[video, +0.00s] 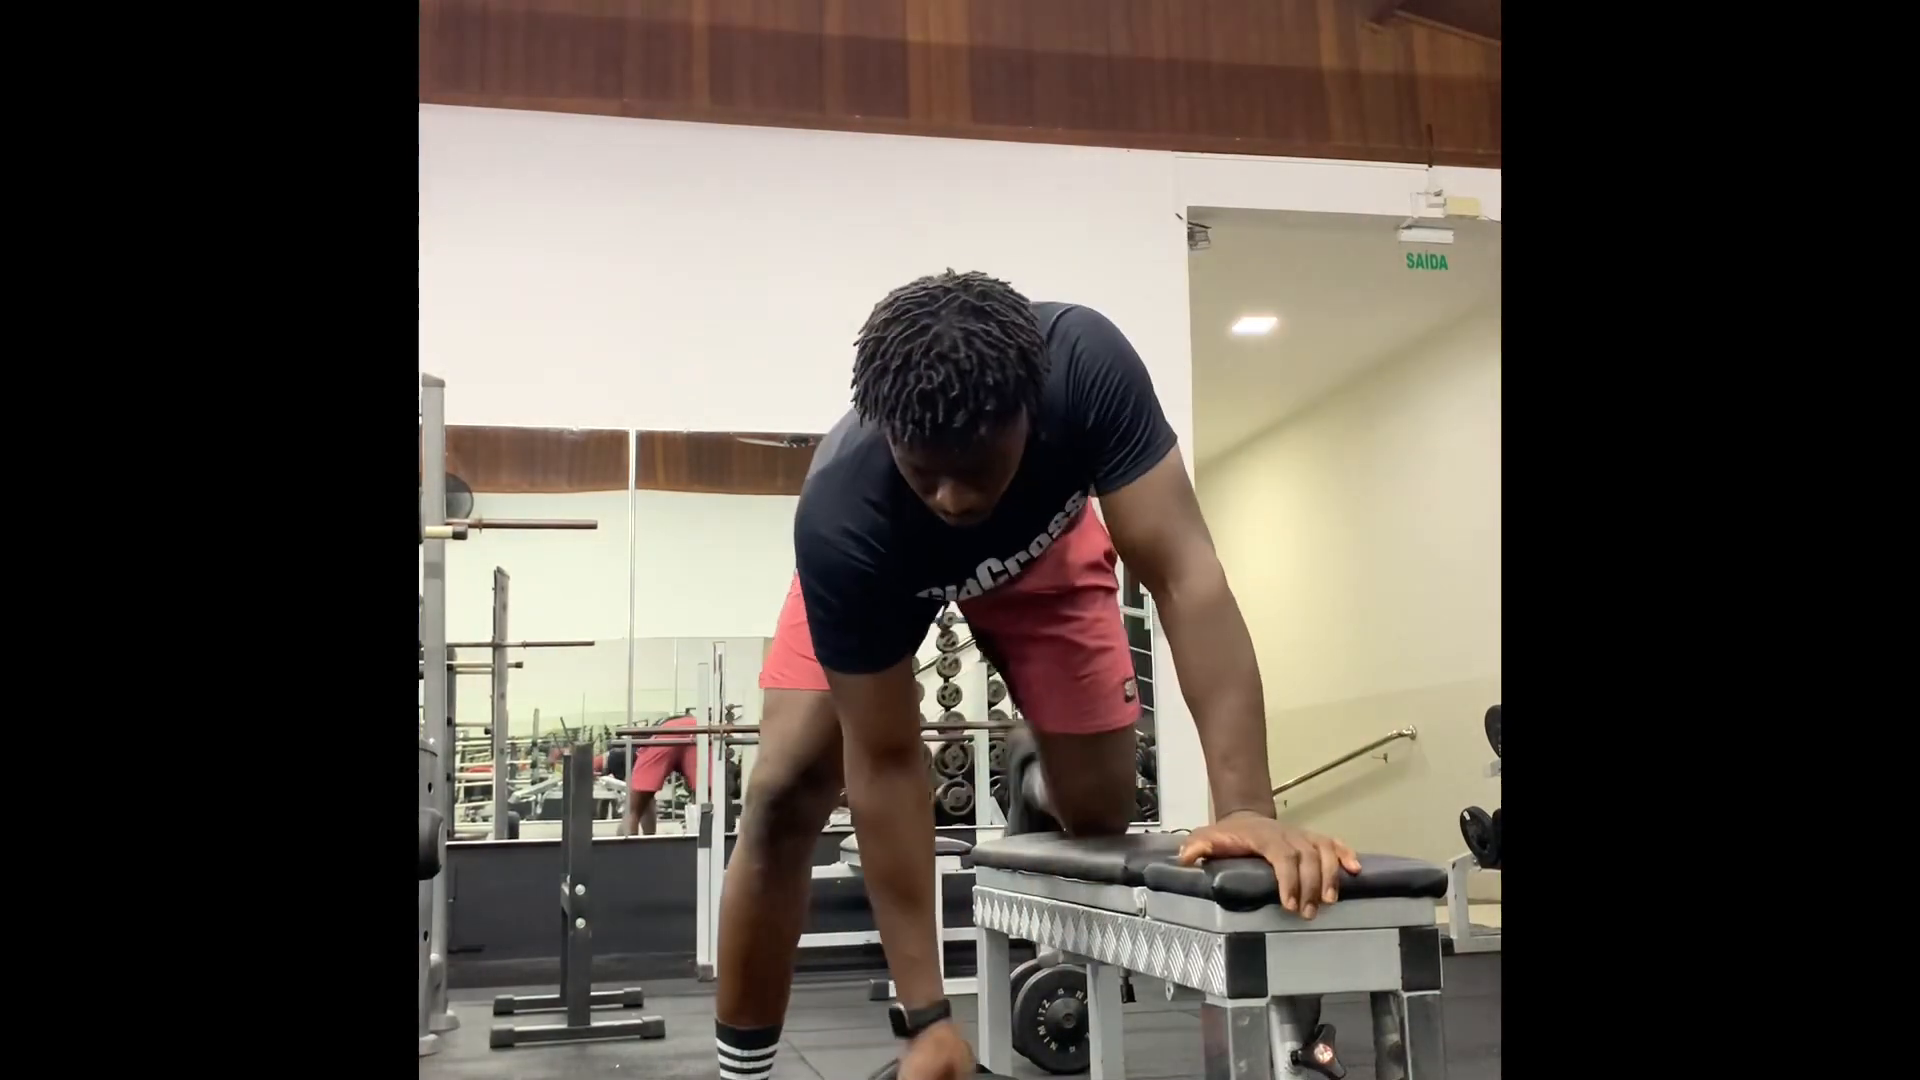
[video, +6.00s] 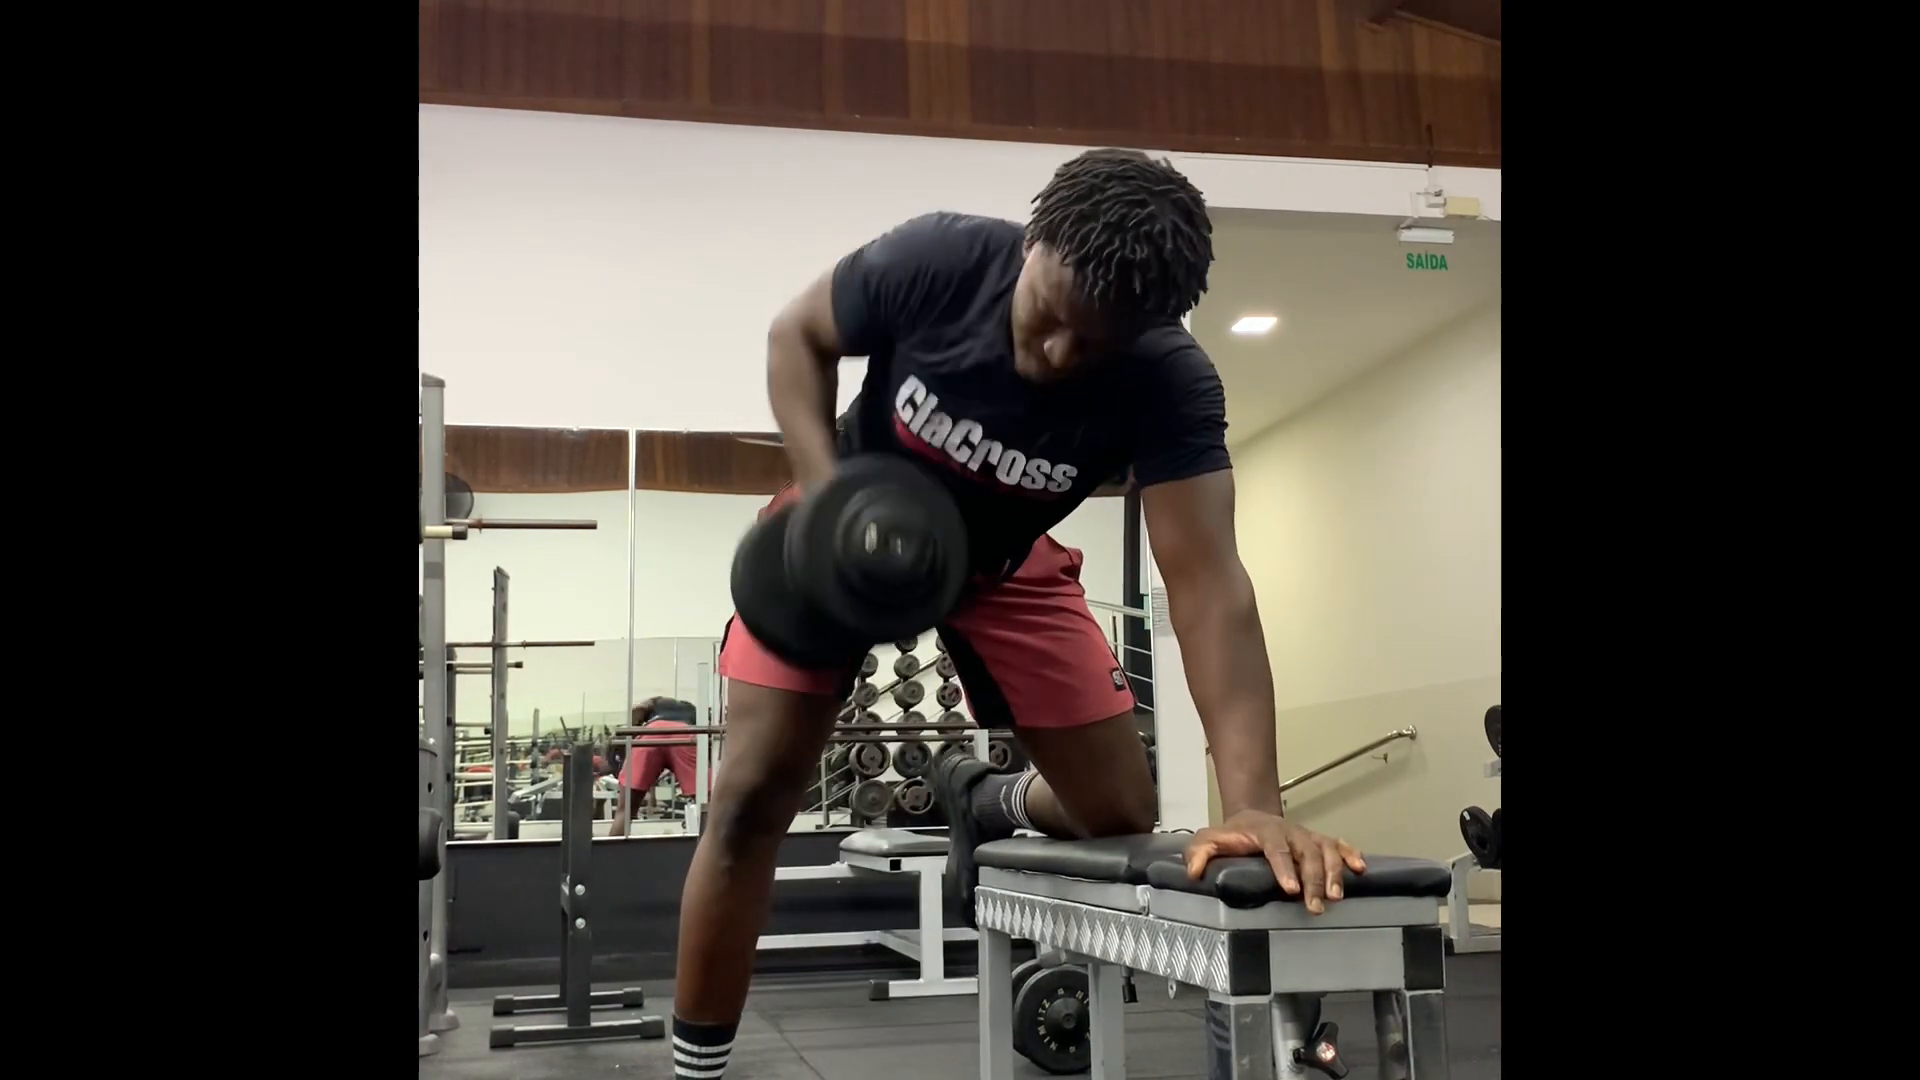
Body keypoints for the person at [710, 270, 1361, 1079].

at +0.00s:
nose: (952, 496)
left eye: (980, 470)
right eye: (924, 473)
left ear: (1028, 407)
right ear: (887, 429)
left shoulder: (1086, 369)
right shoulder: (848, 524)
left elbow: (1187, 577)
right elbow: (887, 762)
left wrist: (1244, 806)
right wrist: (924, 1019)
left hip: (1045, 527)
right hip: (876, 561)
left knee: (1103, 810)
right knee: (781, 797)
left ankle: (1041, 795)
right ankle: (742, 1066)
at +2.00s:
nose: (1047, 454)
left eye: (1077, 430)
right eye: (1023, 422)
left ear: (1123, 390)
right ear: (980, 361)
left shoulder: (1136, 386)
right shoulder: (882, 454)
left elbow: (1189, 573)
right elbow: (838, 699)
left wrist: (1252, 806)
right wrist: (870, 949)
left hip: (1020, 561)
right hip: (842, 552)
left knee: (1119, 817)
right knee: (741, 807)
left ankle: (1016, 800)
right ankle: (696, 1075)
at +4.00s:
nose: (1055, 363)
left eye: (1089, 346)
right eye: (1041, 327)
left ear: (1141, 328)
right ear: (1018, 267)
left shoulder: (1163, 376)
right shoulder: (904, 327)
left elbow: (1204, 577)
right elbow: (804, 522)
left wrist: (1251, 806)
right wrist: (854, 742)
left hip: (1017, 567)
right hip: (852, 537)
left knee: (1118, 812)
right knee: (748, 788)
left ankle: (1006, 806)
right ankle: (697, 1072)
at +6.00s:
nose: (1061, 353)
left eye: (1096, 339)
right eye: (1050, 314)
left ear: (1150, 323)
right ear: (1032, 249)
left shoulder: (1168, 384)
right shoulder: (939, 261)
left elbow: (1208, 581)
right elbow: (799, 332)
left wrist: (1253, 805)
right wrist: (821, 492)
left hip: (1010, 565)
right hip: (856, 524)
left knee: (1119, 813)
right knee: (749, 799)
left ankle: (985, 803)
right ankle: (695, 1071)